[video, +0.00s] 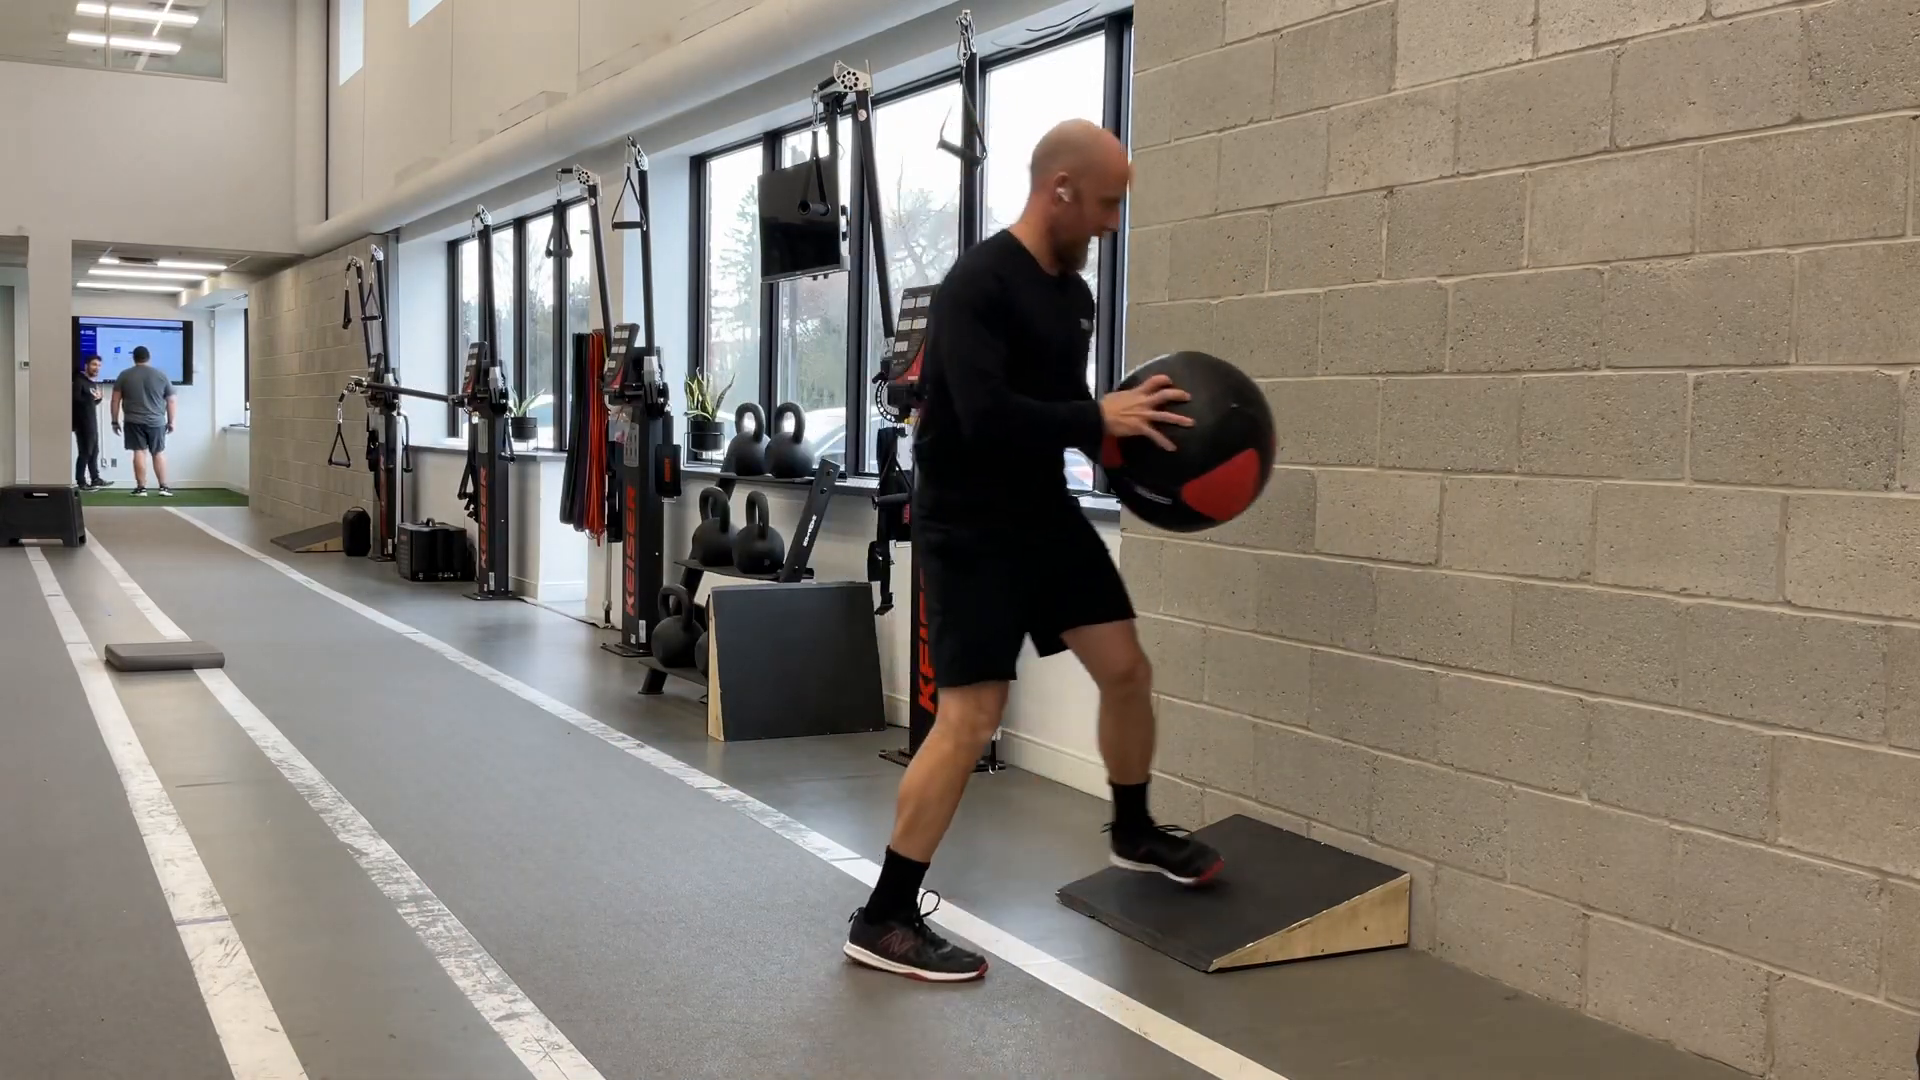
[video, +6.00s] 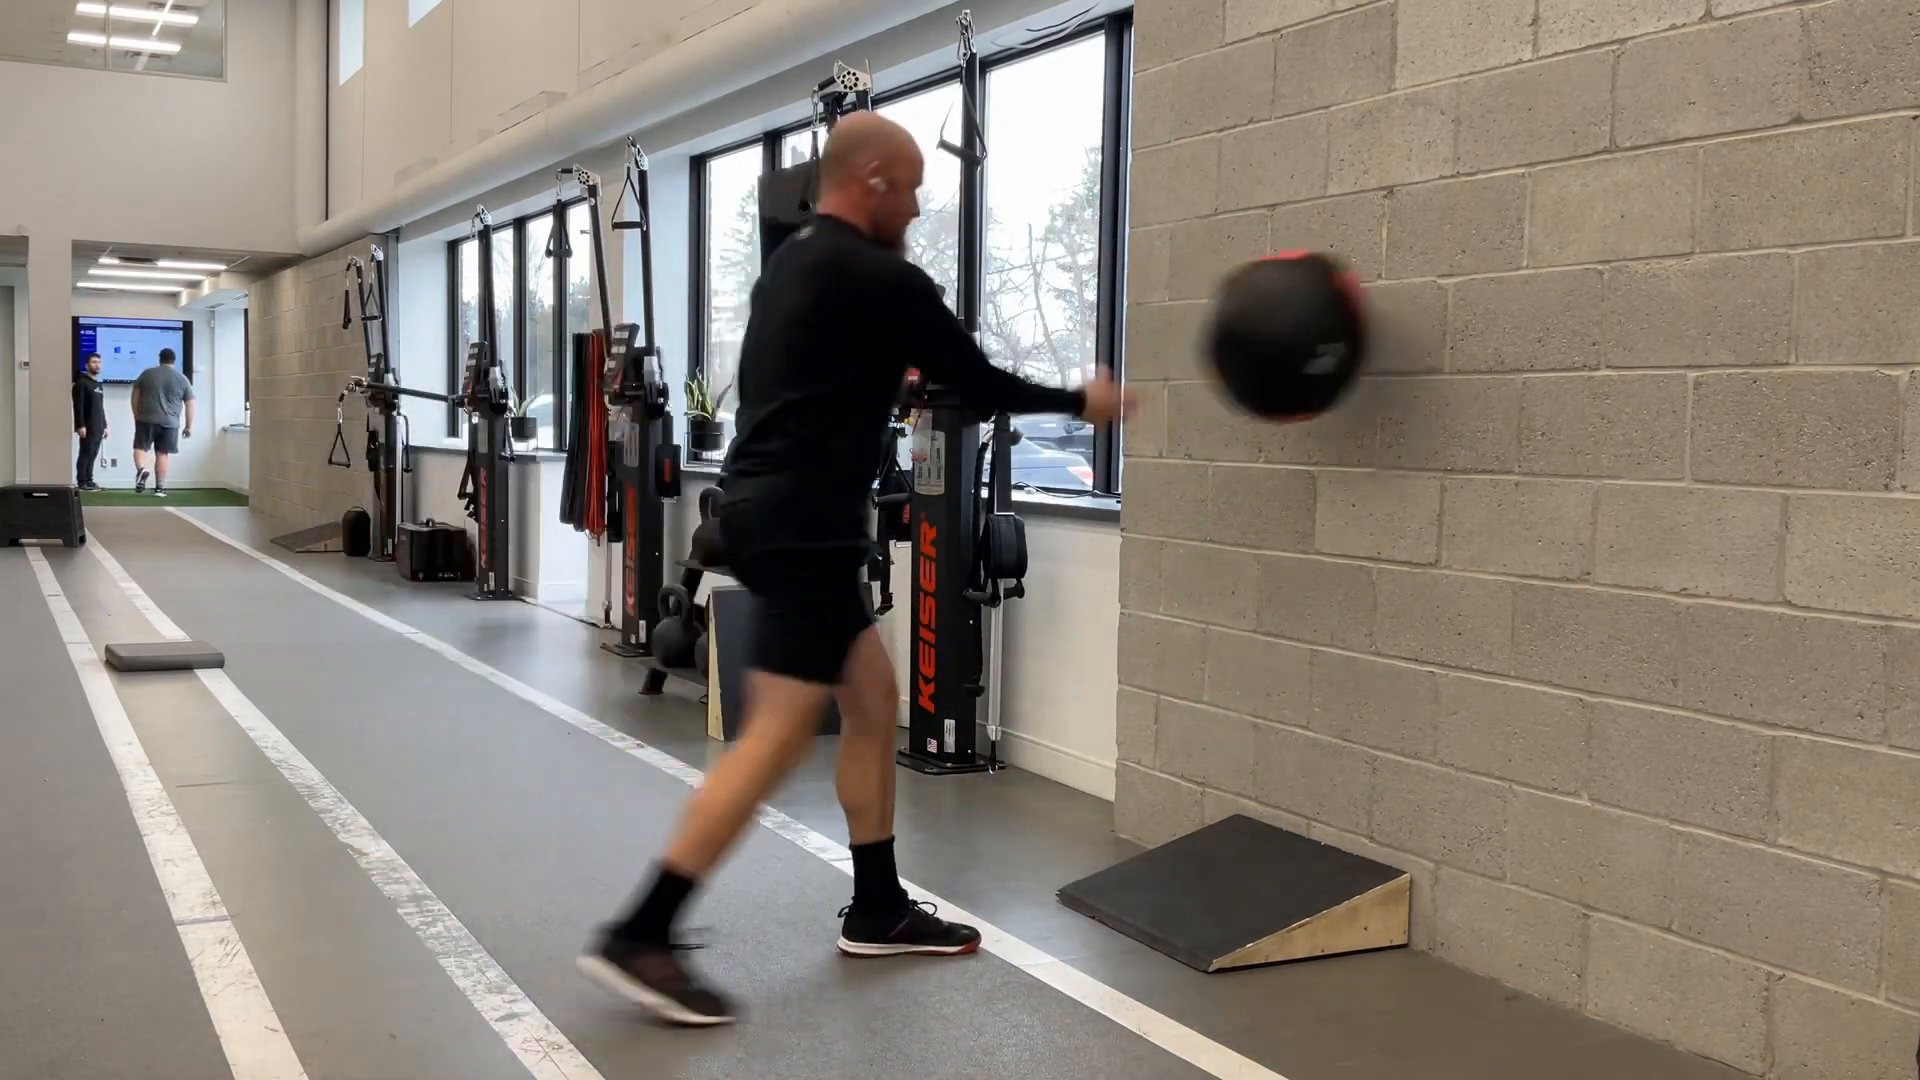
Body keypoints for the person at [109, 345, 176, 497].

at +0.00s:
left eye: (135, 357)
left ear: (134, 358)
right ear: (149, 358)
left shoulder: (125, 375)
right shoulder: (160, 375)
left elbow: (115, 398)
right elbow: (171, 400)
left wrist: (114, 420)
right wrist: (171, 421)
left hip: (133, 422)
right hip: (155, 422)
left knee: (138, 452)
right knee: (158, 453)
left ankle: (141, 487)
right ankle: (163, 486)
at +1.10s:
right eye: (163, 358)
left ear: (151, 359)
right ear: (165, 359)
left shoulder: (140, 375)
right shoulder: (174, 377)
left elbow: (130, 398)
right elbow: (185, 400)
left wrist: (131, 419)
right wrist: (186, 423)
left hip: (145, 422)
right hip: (168, 422)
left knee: (144, 452)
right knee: (163, 453)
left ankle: (142, 485)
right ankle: (160, 487)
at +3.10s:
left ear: (153, 359)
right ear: (168, 359)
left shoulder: (143, 375)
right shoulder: (179, 377)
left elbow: (133, 397)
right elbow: (188, 401)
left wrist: (135, 419)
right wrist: (188, 423)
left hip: (150, 422)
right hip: (172, 423)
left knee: (147, 451)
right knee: (164, 453)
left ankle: (152, 472)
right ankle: (159, 488)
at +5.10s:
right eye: (162, 362)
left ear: (150, 362)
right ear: (164, 362)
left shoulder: (141, 378)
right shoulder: (175, 378)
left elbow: (133, 404)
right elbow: (190, 399)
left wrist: (139, 424)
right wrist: (191, 421)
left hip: (153, 423)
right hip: (175, 424)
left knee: (151, 453)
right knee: (167, 453)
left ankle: (161, 471)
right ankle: (164, 487)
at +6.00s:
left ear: (160, 360)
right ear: (174, 361)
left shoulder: (147, 373)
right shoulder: (181, 379)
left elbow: (135, 395)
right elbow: (190, 404)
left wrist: (137, 415)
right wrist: (188, 426)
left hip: (146, 420)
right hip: (169, 423)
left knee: (139, 448)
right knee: (163, 454)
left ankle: (141, 469)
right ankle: (159, 487)